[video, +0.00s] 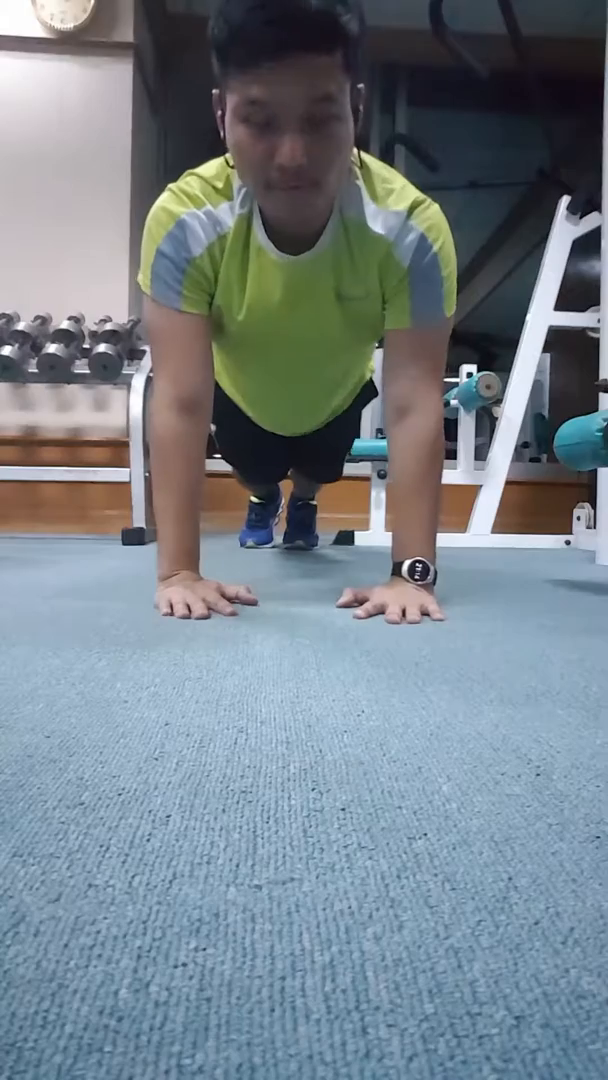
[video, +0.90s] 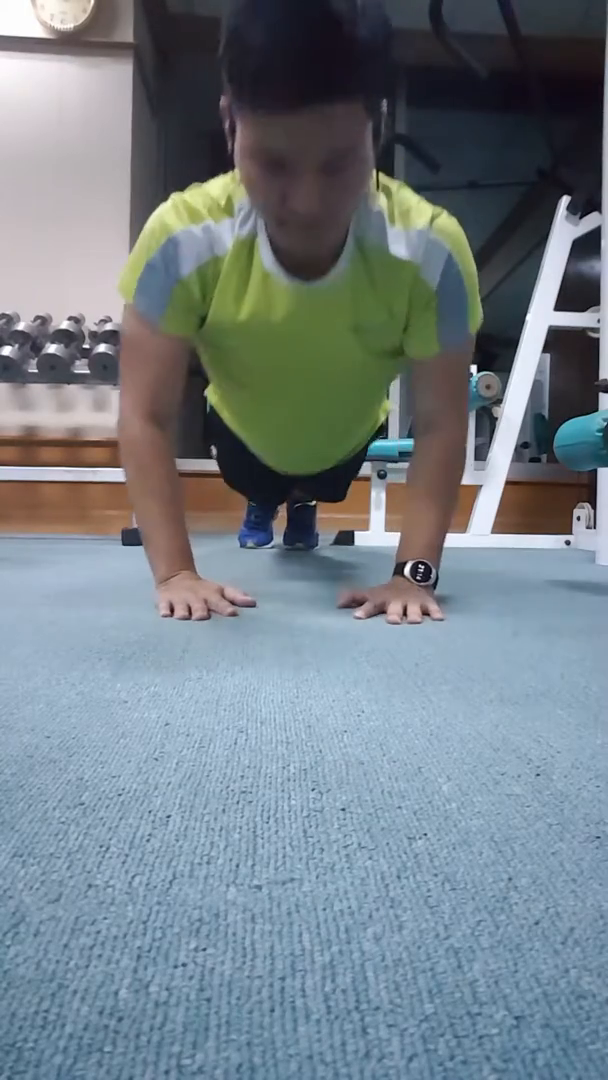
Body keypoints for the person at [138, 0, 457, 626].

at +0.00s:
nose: (292, 153)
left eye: (320, 119)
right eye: (261, 121)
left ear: (355, 111)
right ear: (222, 117)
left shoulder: (410, 231)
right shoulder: (185, 221)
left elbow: (416, 405)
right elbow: (179, 403)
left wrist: (413, 573)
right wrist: (179, 572)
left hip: (335, 397)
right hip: (240, 394)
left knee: (313, 469)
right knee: (255, 469)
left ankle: (300, 502)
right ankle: (264, 498)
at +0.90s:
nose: (306, 200)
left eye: (337, 166)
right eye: (276, 165)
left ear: (377, 127)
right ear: (229, 126)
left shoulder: (428, 250)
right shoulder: (185, 239)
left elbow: (441, 426)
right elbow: (144, 418)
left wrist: (415, 575)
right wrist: (175, 575)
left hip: (344, 436)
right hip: (244, 431)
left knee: (315, 486)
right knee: (257, 482)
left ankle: (301, 508)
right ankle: (263, 506)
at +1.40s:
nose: (305, 512)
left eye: (343, 480)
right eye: (269, 480)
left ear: (385, 431)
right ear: (222, 423)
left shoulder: (450, 436)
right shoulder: (151, 421)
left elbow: (486, 461)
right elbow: (90, 447)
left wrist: (420, 574)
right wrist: (171, 576)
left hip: (353, 560)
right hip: (226, 557)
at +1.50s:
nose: (306, 569)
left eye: (345, 537)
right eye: (267, 535)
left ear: (385, 477)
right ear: (215, 468)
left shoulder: (439, 468)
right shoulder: (159, 456)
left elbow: (493, 443)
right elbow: (88, 440)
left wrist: (423, 576)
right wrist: (172, 576)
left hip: (374, 570)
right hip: (228, 570)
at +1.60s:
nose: (306, 588)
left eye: (348, 554)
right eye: (266, 553)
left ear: (387, 488)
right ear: (214, 480)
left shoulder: (438, 474)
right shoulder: (161, 469)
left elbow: (494, 444)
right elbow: (91, 439)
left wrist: (425, 574)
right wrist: (167, 570)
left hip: (375, 578)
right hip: (225, 580)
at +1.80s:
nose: (313, 456)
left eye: (347, 419)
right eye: (277, 421)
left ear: (385, 369)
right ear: (219, 357)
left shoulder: (448, 397)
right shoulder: (160, 397)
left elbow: (485, 454)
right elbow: (97, 446)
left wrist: (419, 575)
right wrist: (172, 575)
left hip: (340, 551)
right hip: (227, 552)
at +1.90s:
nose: (317, 351)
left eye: (348, 314)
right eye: (280, 319)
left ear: (386, 272)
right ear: (222, 269)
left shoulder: (442, 341)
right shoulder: (162, 345)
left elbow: (480, 452)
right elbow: (106, 446)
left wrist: (417, 577)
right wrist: (174, 575)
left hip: (344, 506)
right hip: (232, 510)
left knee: (329, 533)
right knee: (246, 535)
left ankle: (303, 551)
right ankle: (262, 547)